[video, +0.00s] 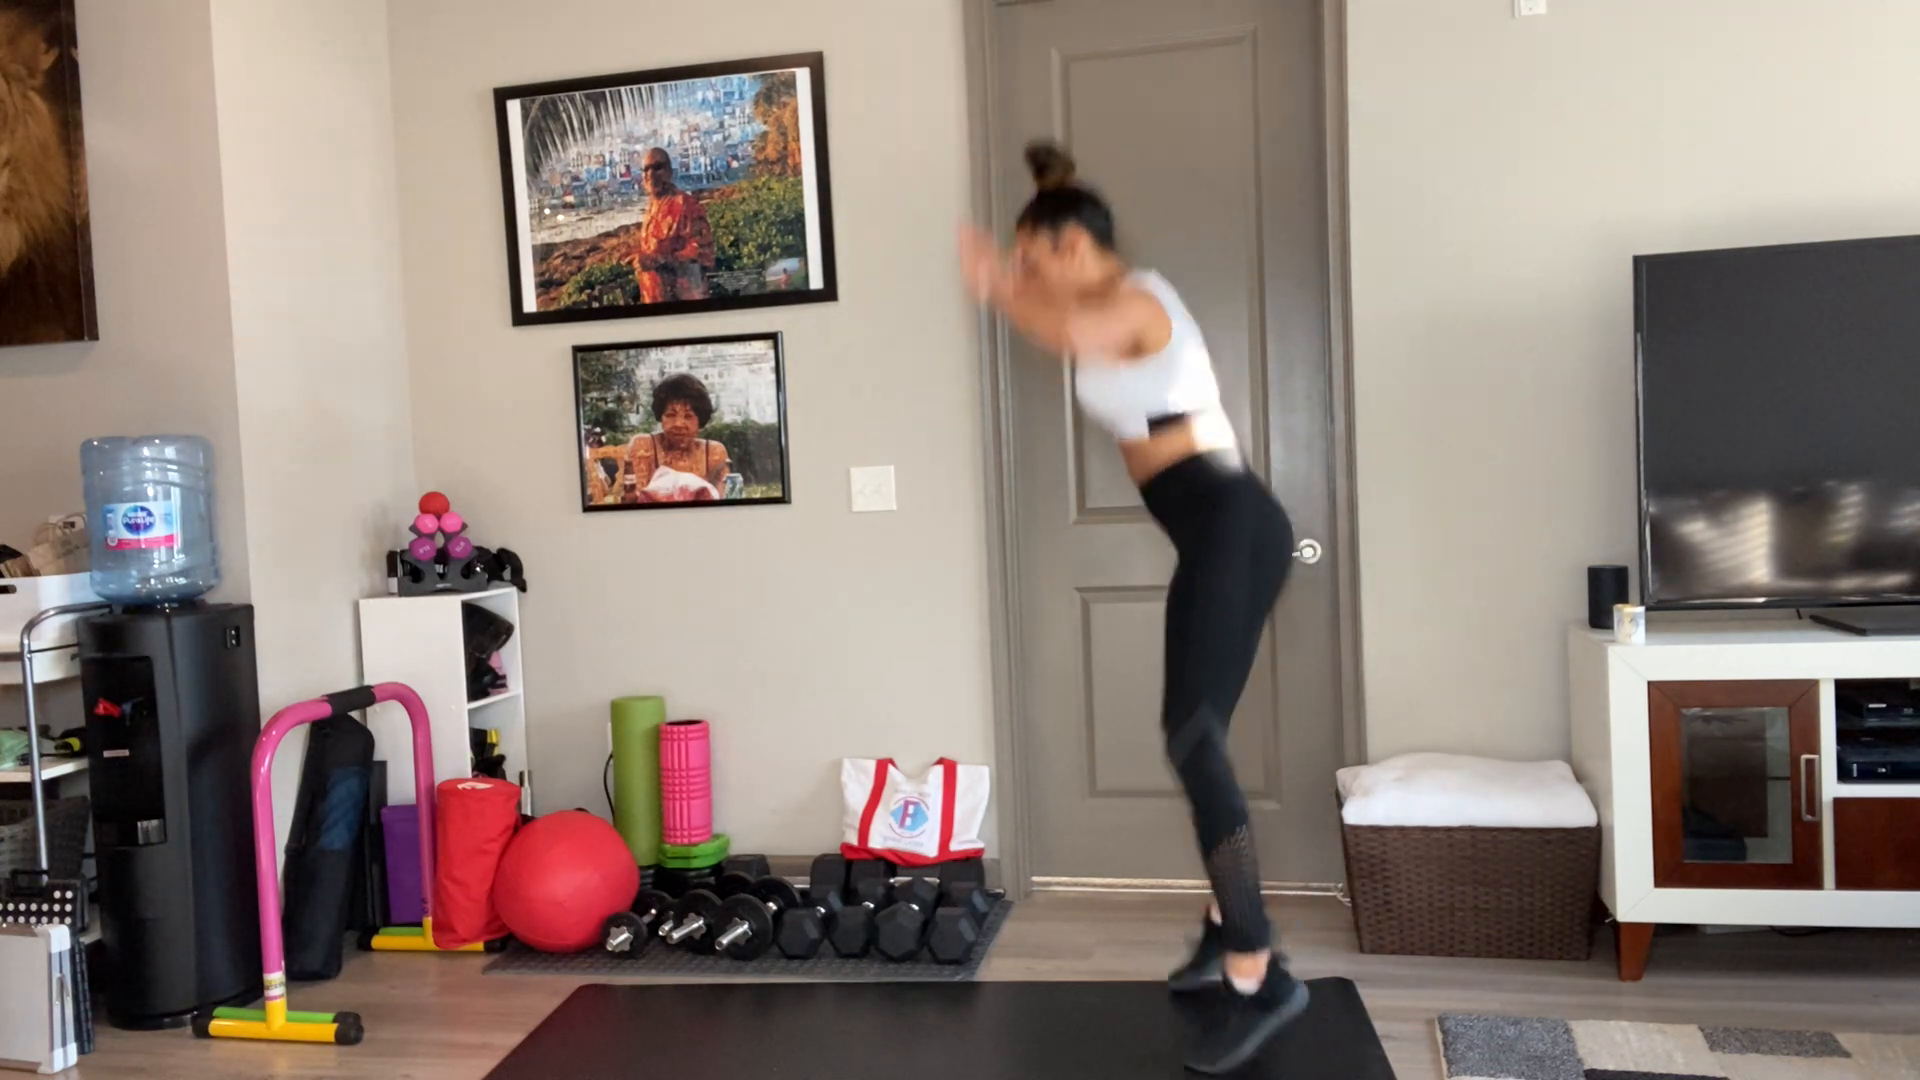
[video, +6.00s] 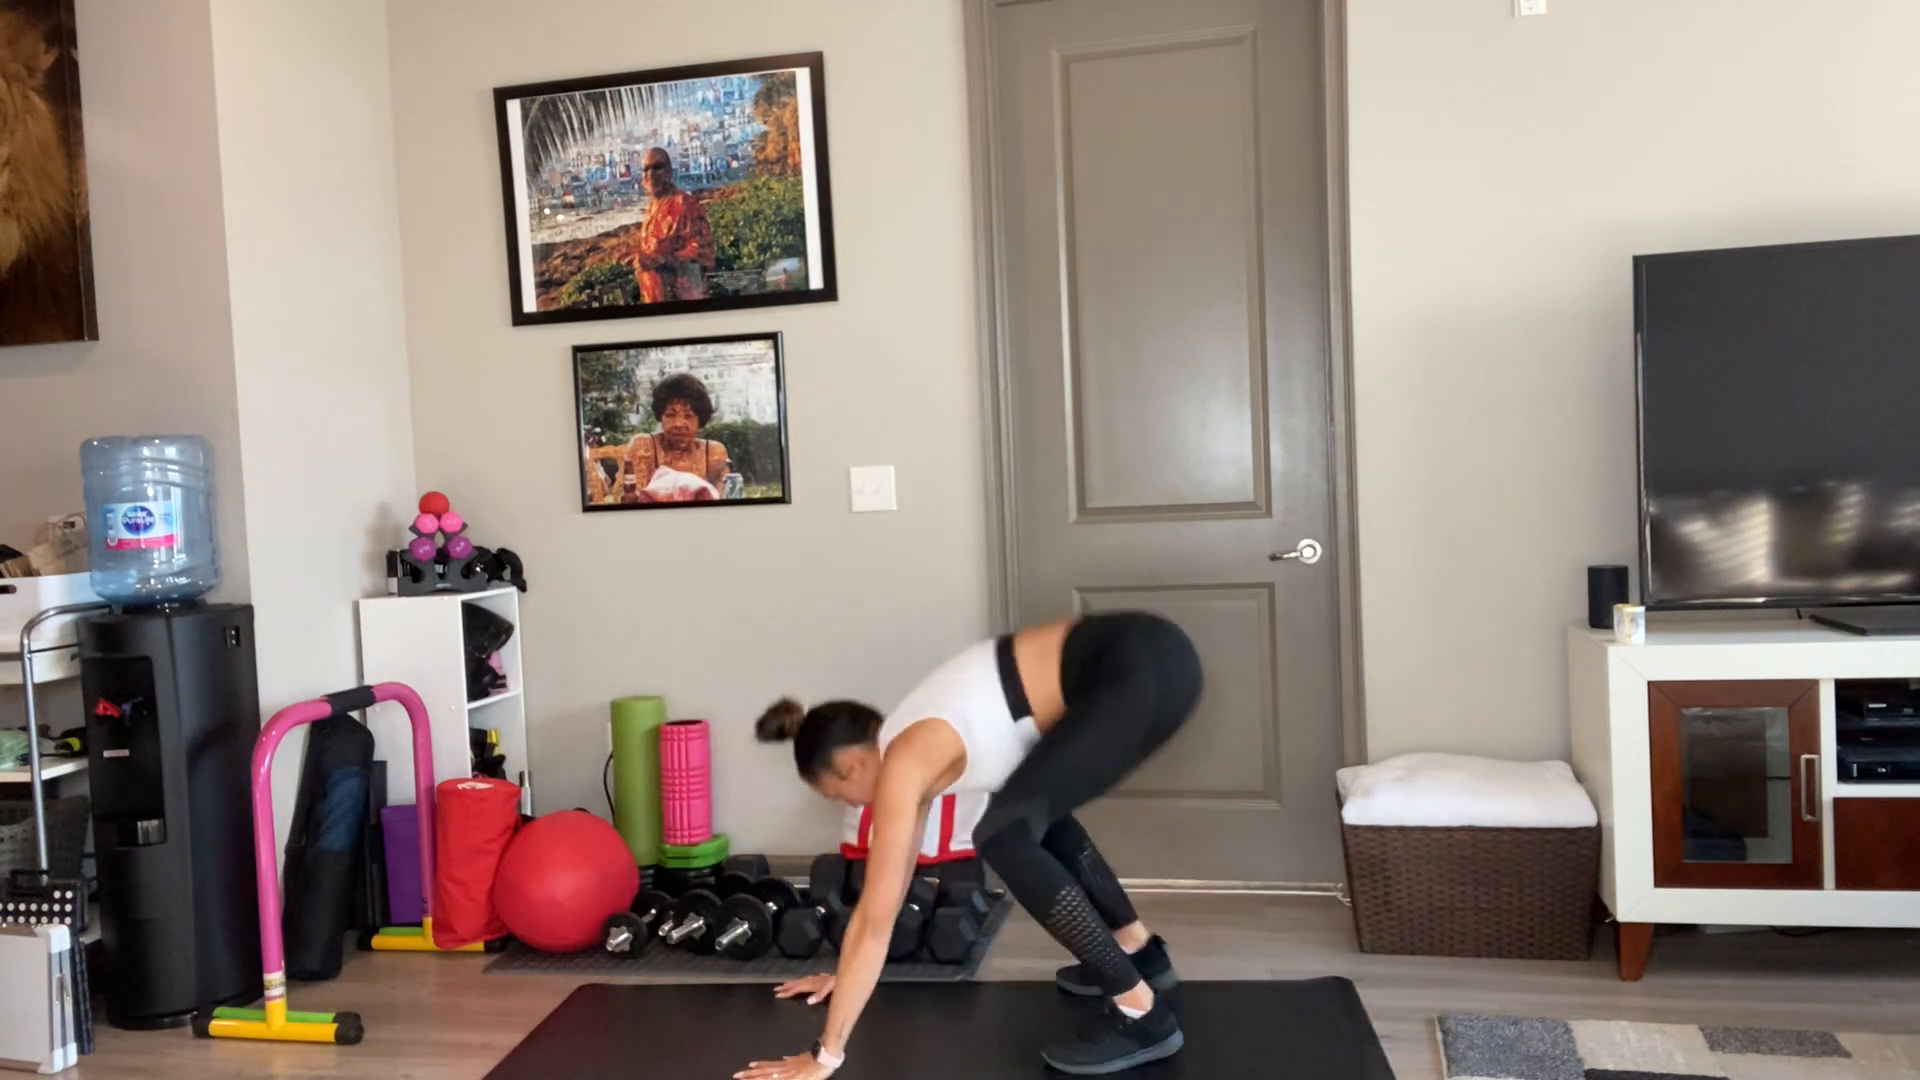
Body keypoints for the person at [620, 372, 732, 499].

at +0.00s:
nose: (679, 424)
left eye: (688, 416)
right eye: (671, 415)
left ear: (700, 420)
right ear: (660, 418)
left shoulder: (715, 451)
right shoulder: (642, 446)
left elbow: (719, 501)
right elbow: (637, 499)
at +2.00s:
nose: (679, 424)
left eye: (688, 416)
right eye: (671, 415)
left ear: (701, 420)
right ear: (660, 418)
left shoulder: (715, 451)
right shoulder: (641, 446)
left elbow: (720, 500)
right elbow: (637, 499)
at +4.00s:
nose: (679, 424)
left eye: (688, 416)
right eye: (670, 415)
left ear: (700, 420)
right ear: (660, 417)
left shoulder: (714, 451)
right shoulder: (641, 446)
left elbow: (721, 499)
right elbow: (632, 499)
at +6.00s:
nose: (679, 424)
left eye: (688, 416)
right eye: (670, 415)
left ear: (700, 420)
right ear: (660, 417)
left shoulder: (714, 451)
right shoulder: (641, 446)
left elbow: (722, 499)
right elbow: (631, 499)